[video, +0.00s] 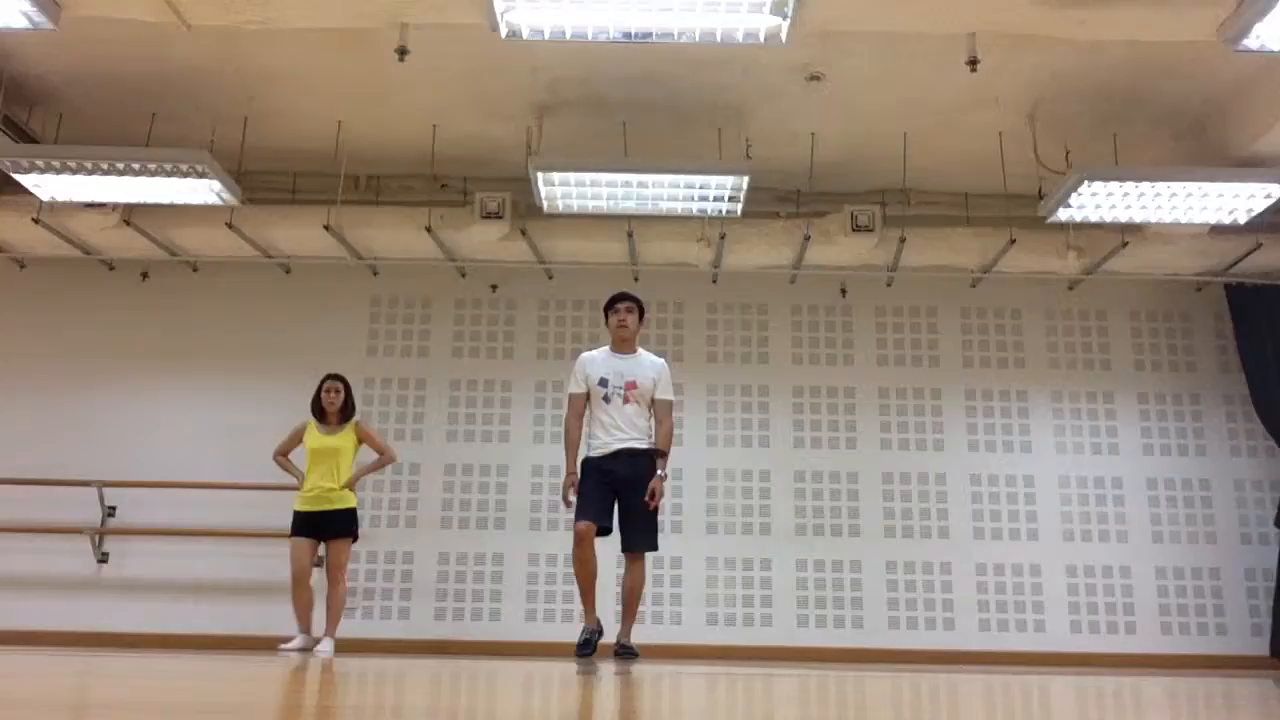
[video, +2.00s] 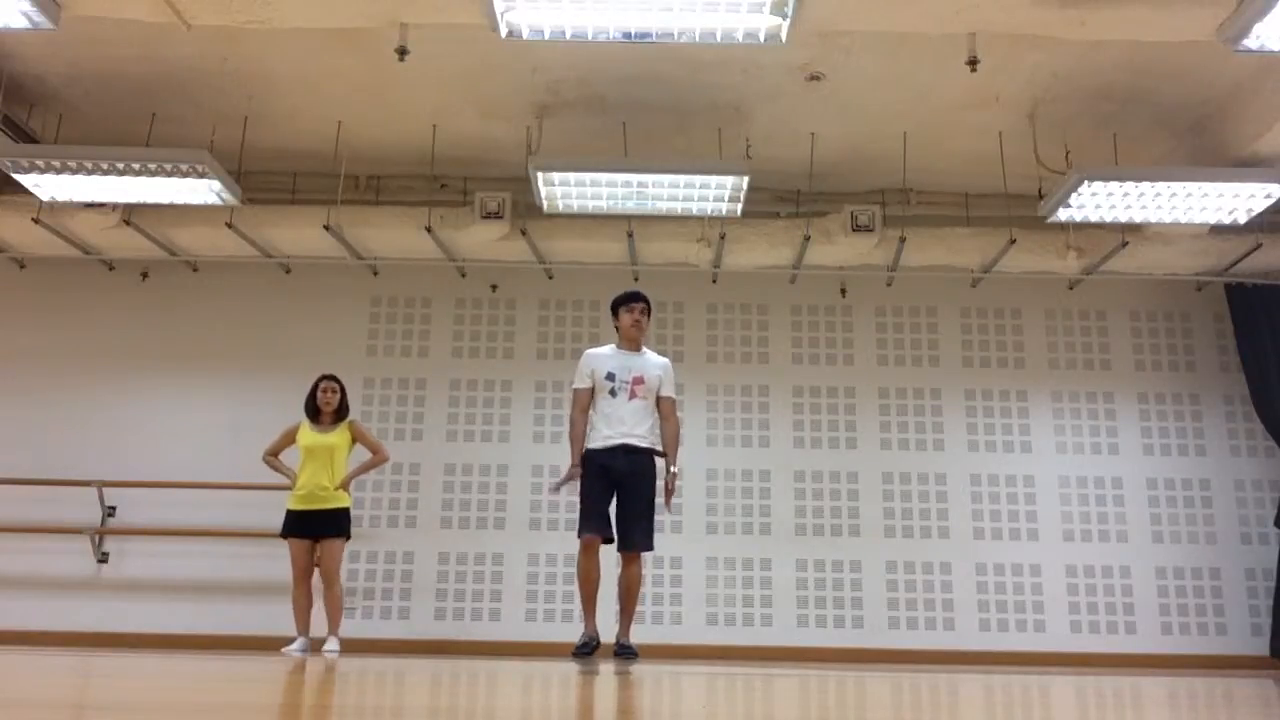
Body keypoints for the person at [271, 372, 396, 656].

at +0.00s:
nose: (331, 396)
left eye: (337, 391)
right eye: (327, 391)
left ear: (346, 397)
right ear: (319, 396)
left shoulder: (356, 428)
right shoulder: (308, 428)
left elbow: (390, 455)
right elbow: (278, 455)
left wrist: (357, 476)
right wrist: (300, 476)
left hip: (340, 506)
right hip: (307, 506)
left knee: (336, 575)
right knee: (299, 572)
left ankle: (328, 638)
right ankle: (304, 635)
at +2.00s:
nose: (328, 395)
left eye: (334, 391)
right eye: (323, 391)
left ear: (341, 397)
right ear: (315, 395)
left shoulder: (350, 427)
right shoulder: (301, 428)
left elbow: (383, 455)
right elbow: (268, 455)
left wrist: (350, 477)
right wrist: (292, 475)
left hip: (333, 506)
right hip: (300, 505)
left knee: (330, 576)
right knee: (300, 577)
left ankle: (333, 636)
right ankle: (302, 637)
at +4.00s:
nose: (341, 396)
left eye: (346, 393)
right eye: (335, 392)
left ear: (352, 399)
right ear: (325, 396)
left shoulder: (358, 428)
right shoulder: (311, 428)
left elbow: (393, 455)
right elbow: (278, 455)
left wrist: (360, 479)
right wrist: (301, 476)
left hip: (342, 506)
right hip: (310, 505)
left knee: (336, 575)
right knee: (312, 575)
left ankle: (333, 638)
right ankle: (315, 637)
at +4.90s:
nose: (337, 397)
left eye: (343, 393)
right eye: (332, 392)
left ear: (351, 398)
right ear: (324, 396)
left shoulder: (360, 427)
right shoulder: (311, 428)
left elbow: (392, 453)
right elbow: (277, 455)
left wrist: (361, 478)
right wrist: (302, 476)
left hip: (344, 508)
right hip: (311, 507)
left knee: (334, 576)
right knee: (312, 577)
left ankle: (331, 637)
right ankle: (316, 637)